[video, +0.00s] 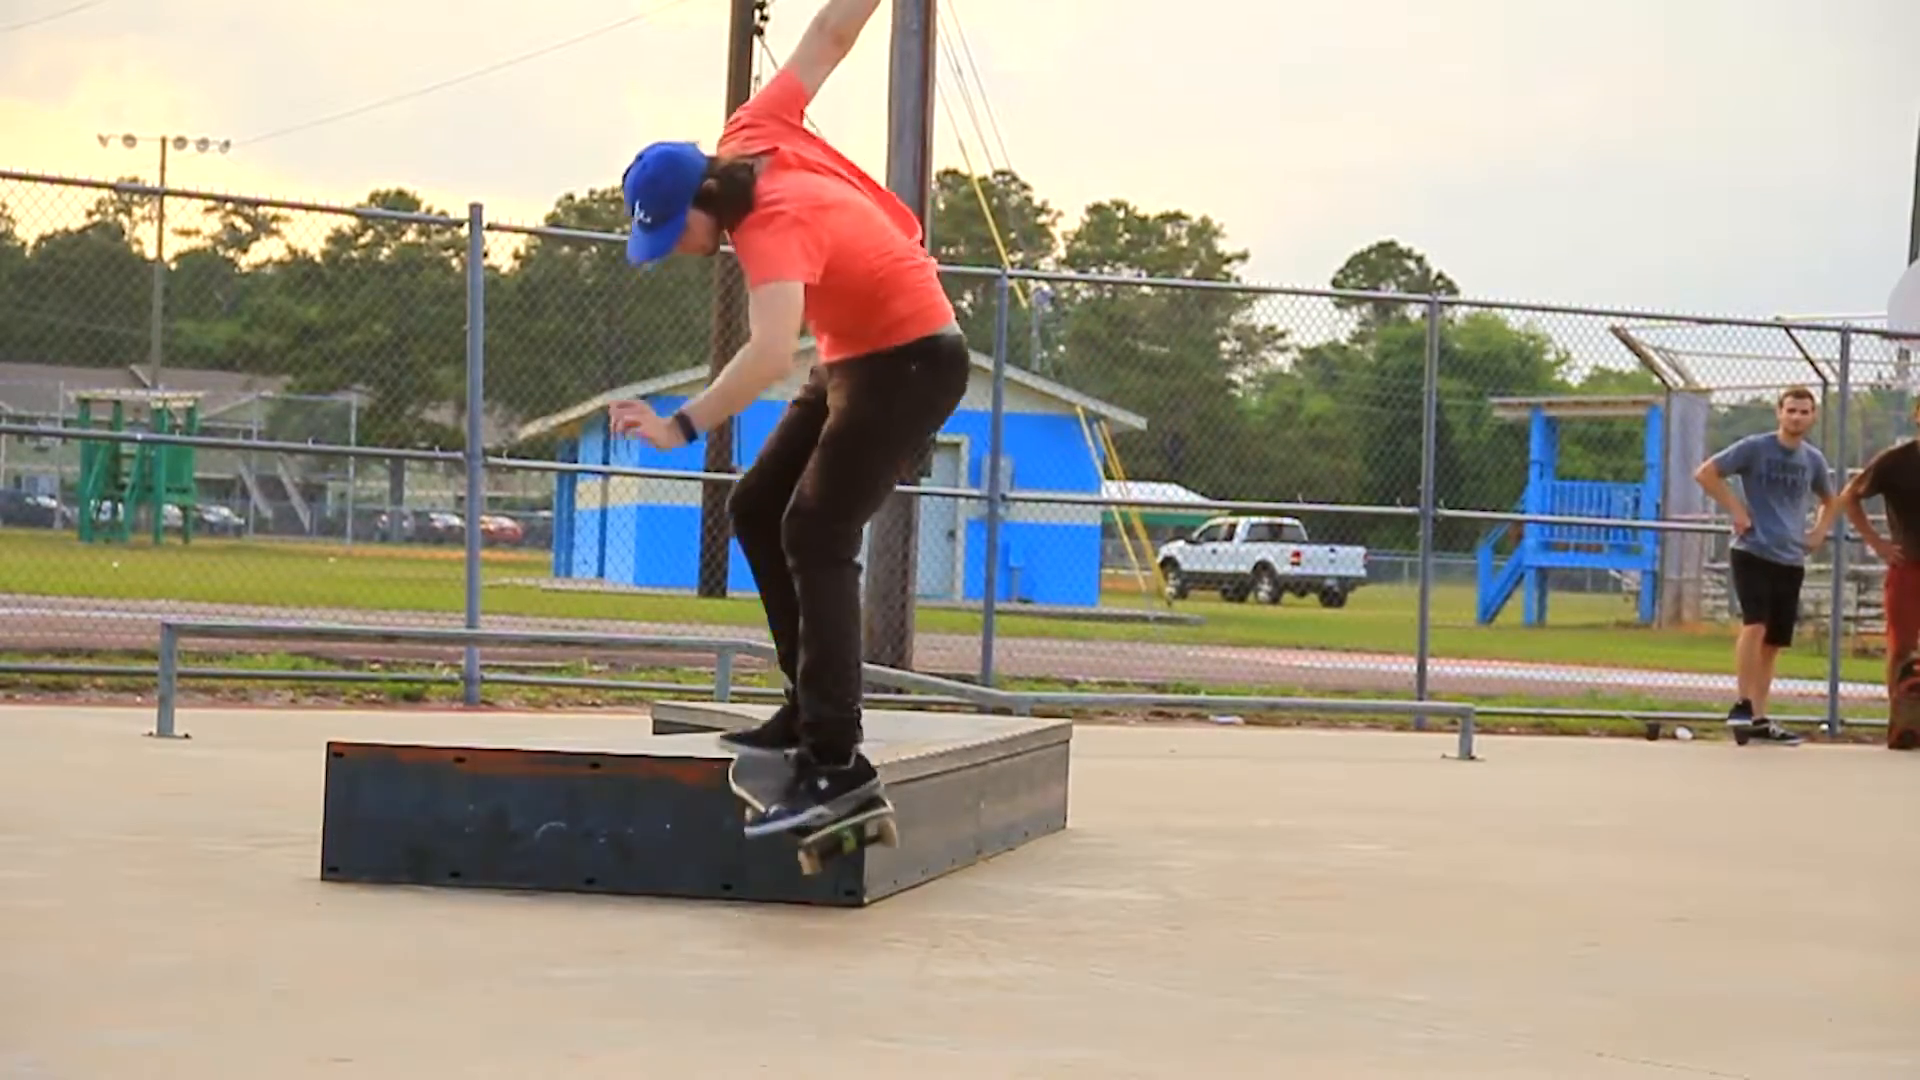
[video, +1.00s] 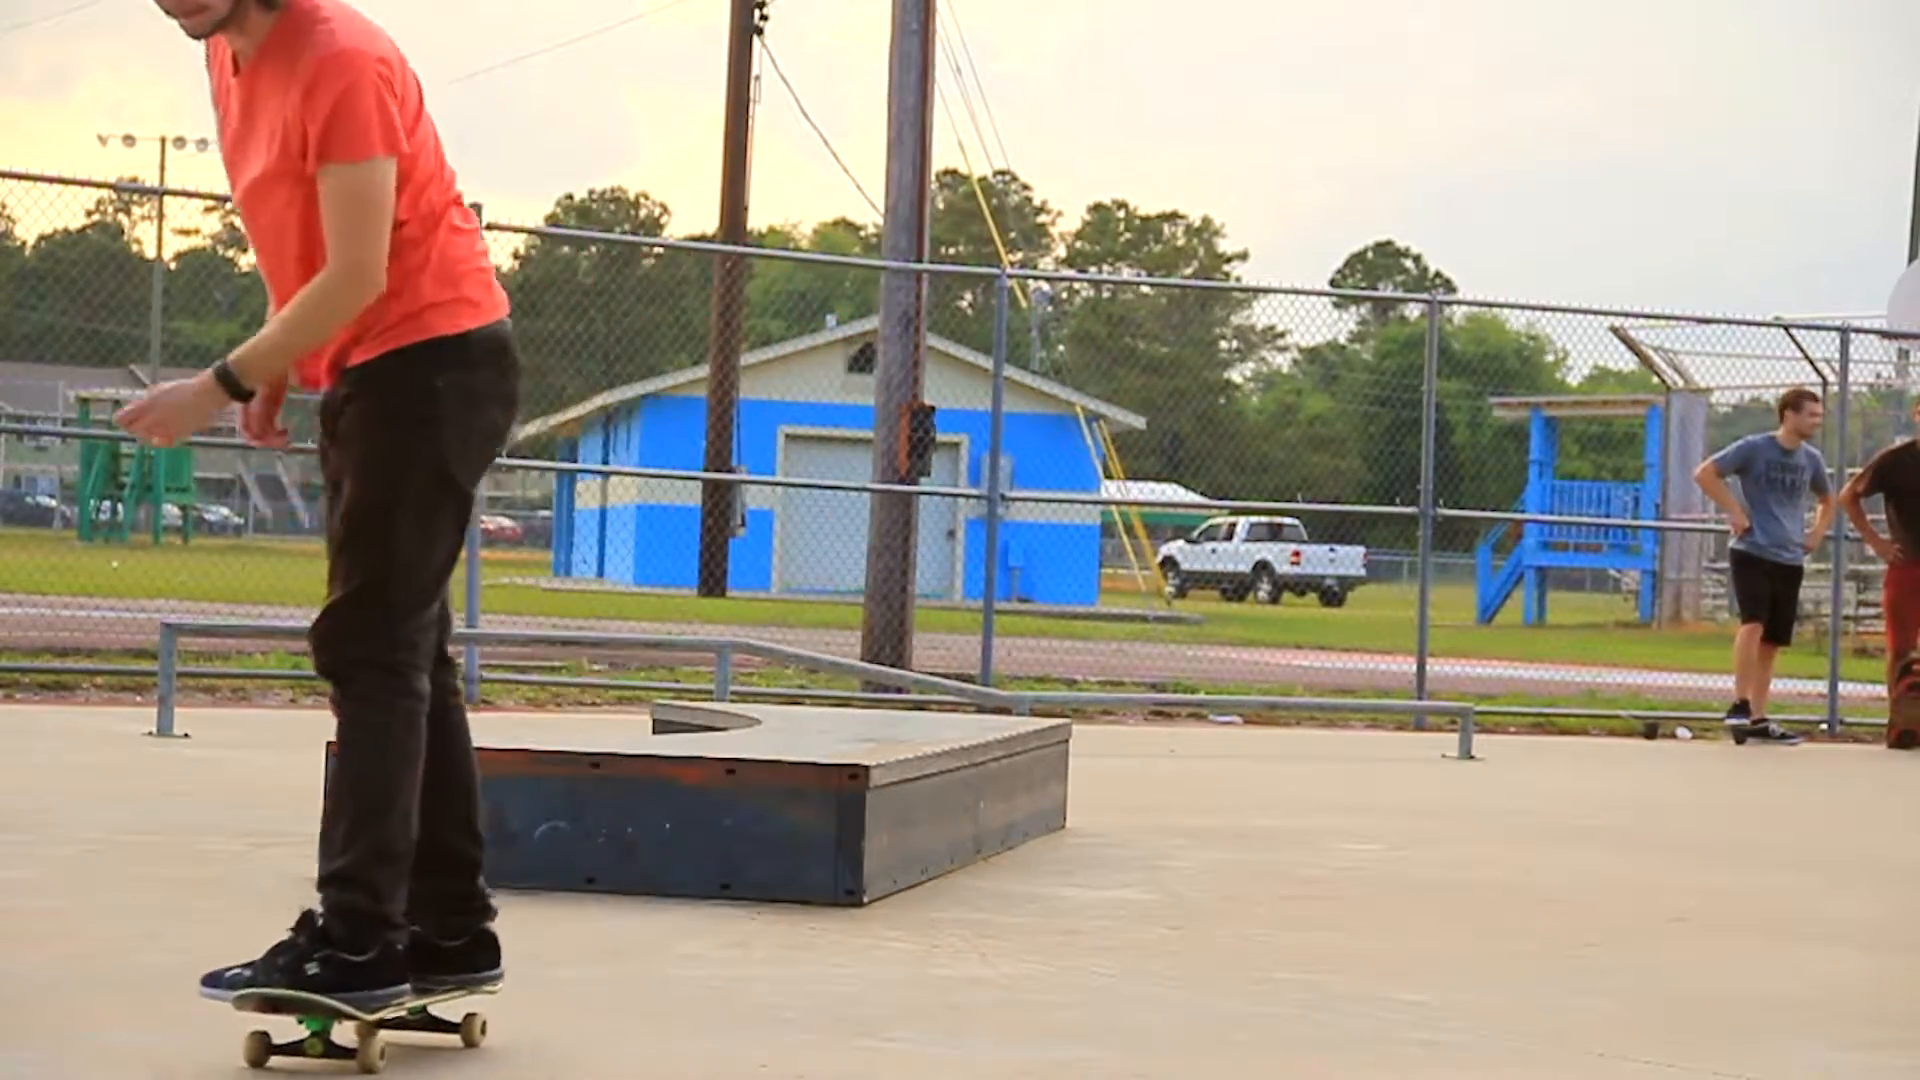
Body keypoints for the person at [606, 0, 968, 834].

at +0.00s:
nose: (679, 251)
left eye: (676, 237)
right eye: (668, 242)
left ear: (702, 205)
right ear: (687, 201)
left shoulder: (769, 225)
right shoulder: (749, 128)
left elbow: (774, 350)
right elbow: (829, 35)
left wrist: (680, 425)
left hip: (911, 358)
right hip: (855, 360)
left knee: (816, 530)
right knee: (755, 511)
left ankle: (837, 758)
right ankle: (809, 707)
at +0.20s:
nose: (623, 407)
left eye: (619, 393)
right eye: (608, 399)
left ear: (641, 348)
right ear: (629, 328)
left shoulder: (731, 379)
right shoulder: (692, 272)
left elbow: (814, 527)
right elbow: (810, 217)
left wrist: (837, 666)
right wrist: (898, 174)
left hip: (889, 467)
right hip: (866, 456)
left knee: (762, 652)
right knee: (778, 650)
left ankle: (849, 858)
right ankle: (886, 838)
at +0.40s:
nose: (539, 317)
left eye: (540, 301)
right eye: (526, 307)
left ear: (568, 263)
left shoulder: (676, 284)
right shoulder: (597, 237)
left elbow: (820, 379)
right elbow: (577, 285)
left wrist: (922, 493)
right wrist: (535, 341)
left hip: (820, 423)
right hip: (822, 414)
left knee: (744, 633)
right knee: (800, 654)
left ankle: (765, 873)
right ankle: (873, 862)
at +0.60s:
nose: (429, 215)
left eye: (430, 196)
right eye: (417, 203)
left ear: (470, 159)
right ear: (450, 168)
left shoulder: (587, 206)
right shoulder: (503, 211)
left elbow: (720, 331)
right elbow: (564, 303)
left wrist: (808, 470)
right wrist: (546, 404)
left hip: (722, 396)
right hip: (678, 405)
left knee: (652, 636)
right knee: (698, 655)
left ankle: (633, 891)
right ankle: (762, 884)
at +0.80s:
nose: (308, 111)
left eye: (316, 87)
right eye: (292, 96)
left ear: (366, 49)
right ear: (287, 85)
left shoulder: (467, 133)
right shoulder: (378, 140)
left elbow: (535, 326)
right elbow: (455, 280)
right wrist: (461, 391)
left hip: (601, 381)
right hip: (548, 387)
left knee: (522, 639)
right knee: (567, 641)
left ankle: (502, 909)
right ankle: (626, 895)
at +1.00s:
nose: (179, 13)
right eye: (171, 4)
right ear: (188, 5)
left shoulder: (342, 59)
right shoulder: (227, 52)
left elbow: (361, 270)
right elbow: (297, 223)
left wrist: (217, 383)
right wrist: (274, 360)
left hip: (432, 361)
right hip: (370, 368)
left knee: (372, 641)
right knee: (407, 649)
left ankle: (356, 934)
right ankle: (448, 924)